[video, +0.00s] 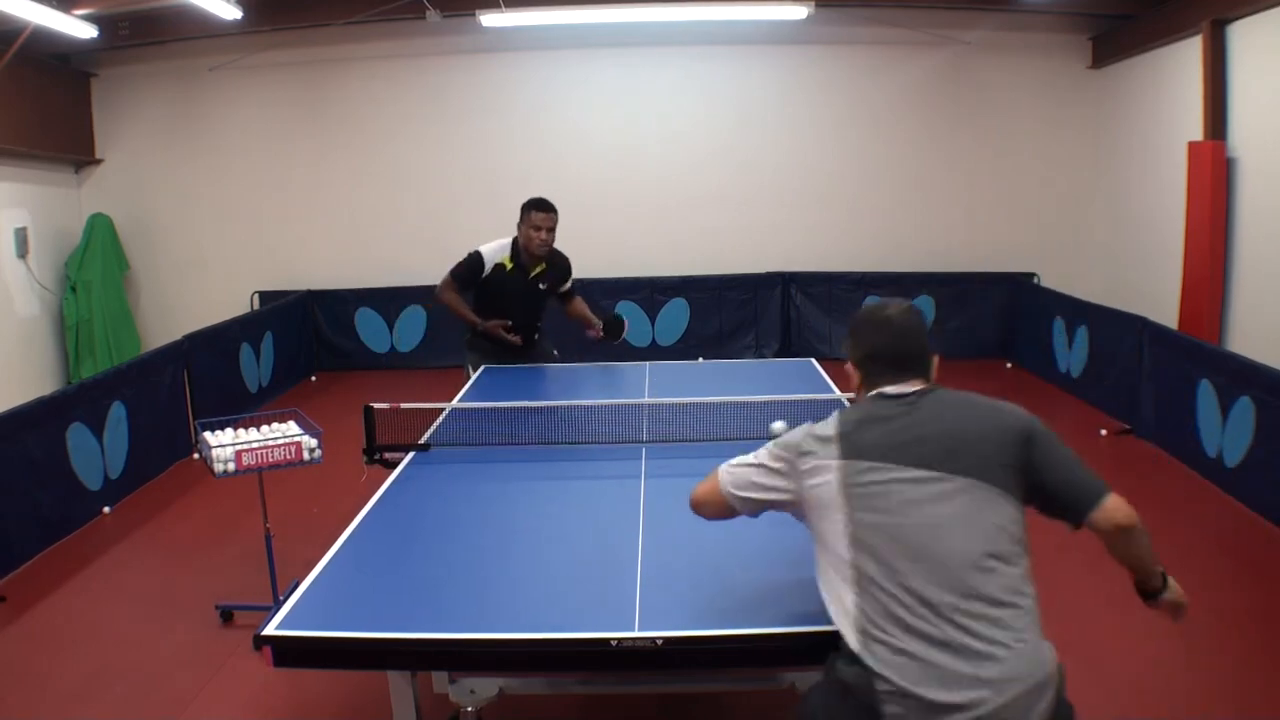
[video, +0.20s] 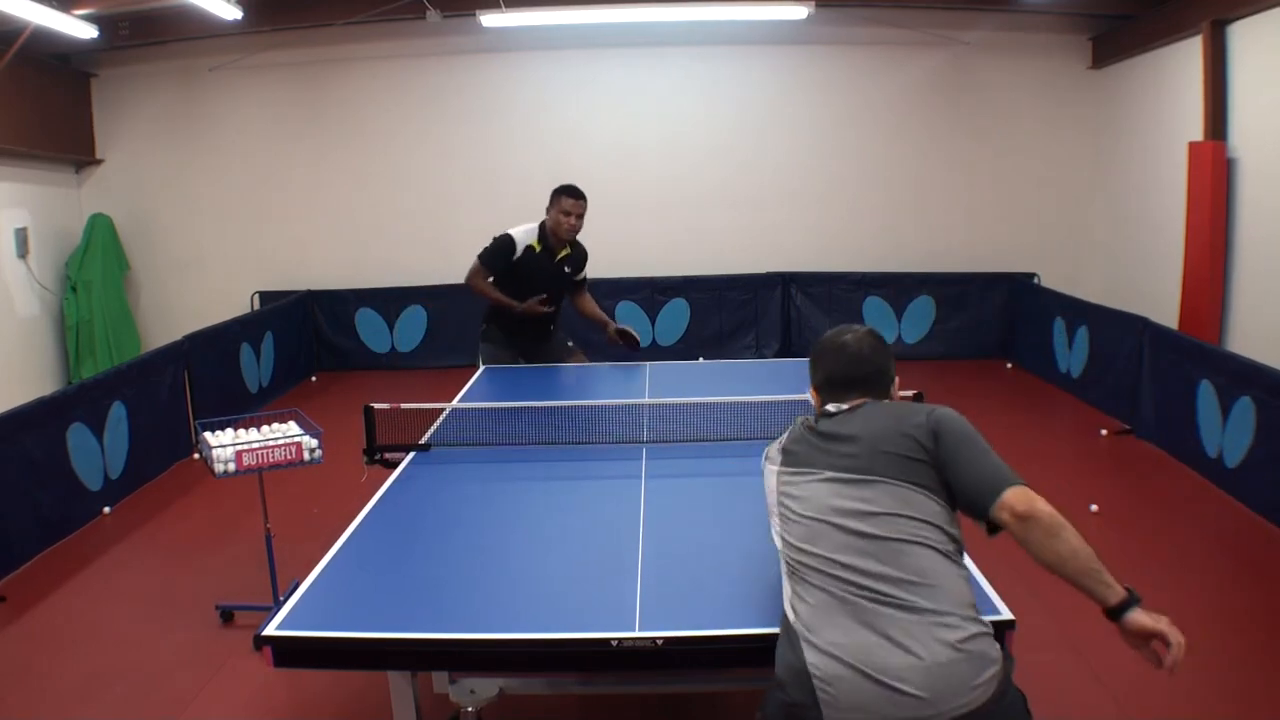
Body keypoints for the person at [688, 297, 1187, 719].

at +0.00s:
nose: (848, 372)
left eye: (848, 364)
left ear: (851, 376)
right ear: (934, 366)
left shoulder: (814, 446)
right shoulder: (1007, 425)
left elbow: (704, 501)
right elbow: (1117, 519)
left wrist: (782, 482)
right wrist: (1153, 582)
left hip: (890, 695)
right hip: (1021, 693)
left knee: (819, 699)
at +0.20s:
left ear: (812, 396)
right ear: (895, 386)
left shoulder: (779, 456)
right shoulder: (933, 425)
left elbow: (827, 439)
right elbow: (1023, 511)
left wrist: (877, 409)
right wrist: (1123, 606)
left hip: (829, 698)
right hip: (962, 692)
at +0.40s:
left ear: (835, 370)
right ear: (920, 363)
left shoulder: (798, 435)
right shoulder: (962, 410)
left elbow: (763, 491)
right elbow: (1041, 512)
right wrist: (1132, 628)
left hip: (841, 692)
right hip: (976, 691)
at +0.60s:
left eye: (903, 354)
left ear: (910, 363)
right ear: (1003, 360)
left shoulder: (865, 450)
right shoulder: (1071, 440)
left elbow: (775, 569)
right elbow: (1173, 567)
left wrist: (834, 531)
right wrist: (1175, 619)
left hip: (910, 704)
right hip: (1045, 705)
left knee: (820, 687)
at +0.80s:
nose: (973, 309)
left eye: (970, 296)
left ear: (983, 304)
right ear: (1075, 295)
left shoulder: (958, 388)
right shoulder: (1168, 379)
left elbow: (851, 553)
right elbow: (1241, 519)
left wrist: (882, 562)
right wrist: (1143, 539)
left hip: (1023, 694)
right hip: (1168, 691)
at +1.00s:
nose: (1000, 423)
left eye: (997, 409)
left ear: (1010, 410)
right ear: (1108, 387)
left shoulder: (1002, 526)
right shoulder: (1227, 471)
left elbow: (898, 693)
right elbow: (1269, 623)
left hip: (1079, 708)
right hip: (1226, 708)